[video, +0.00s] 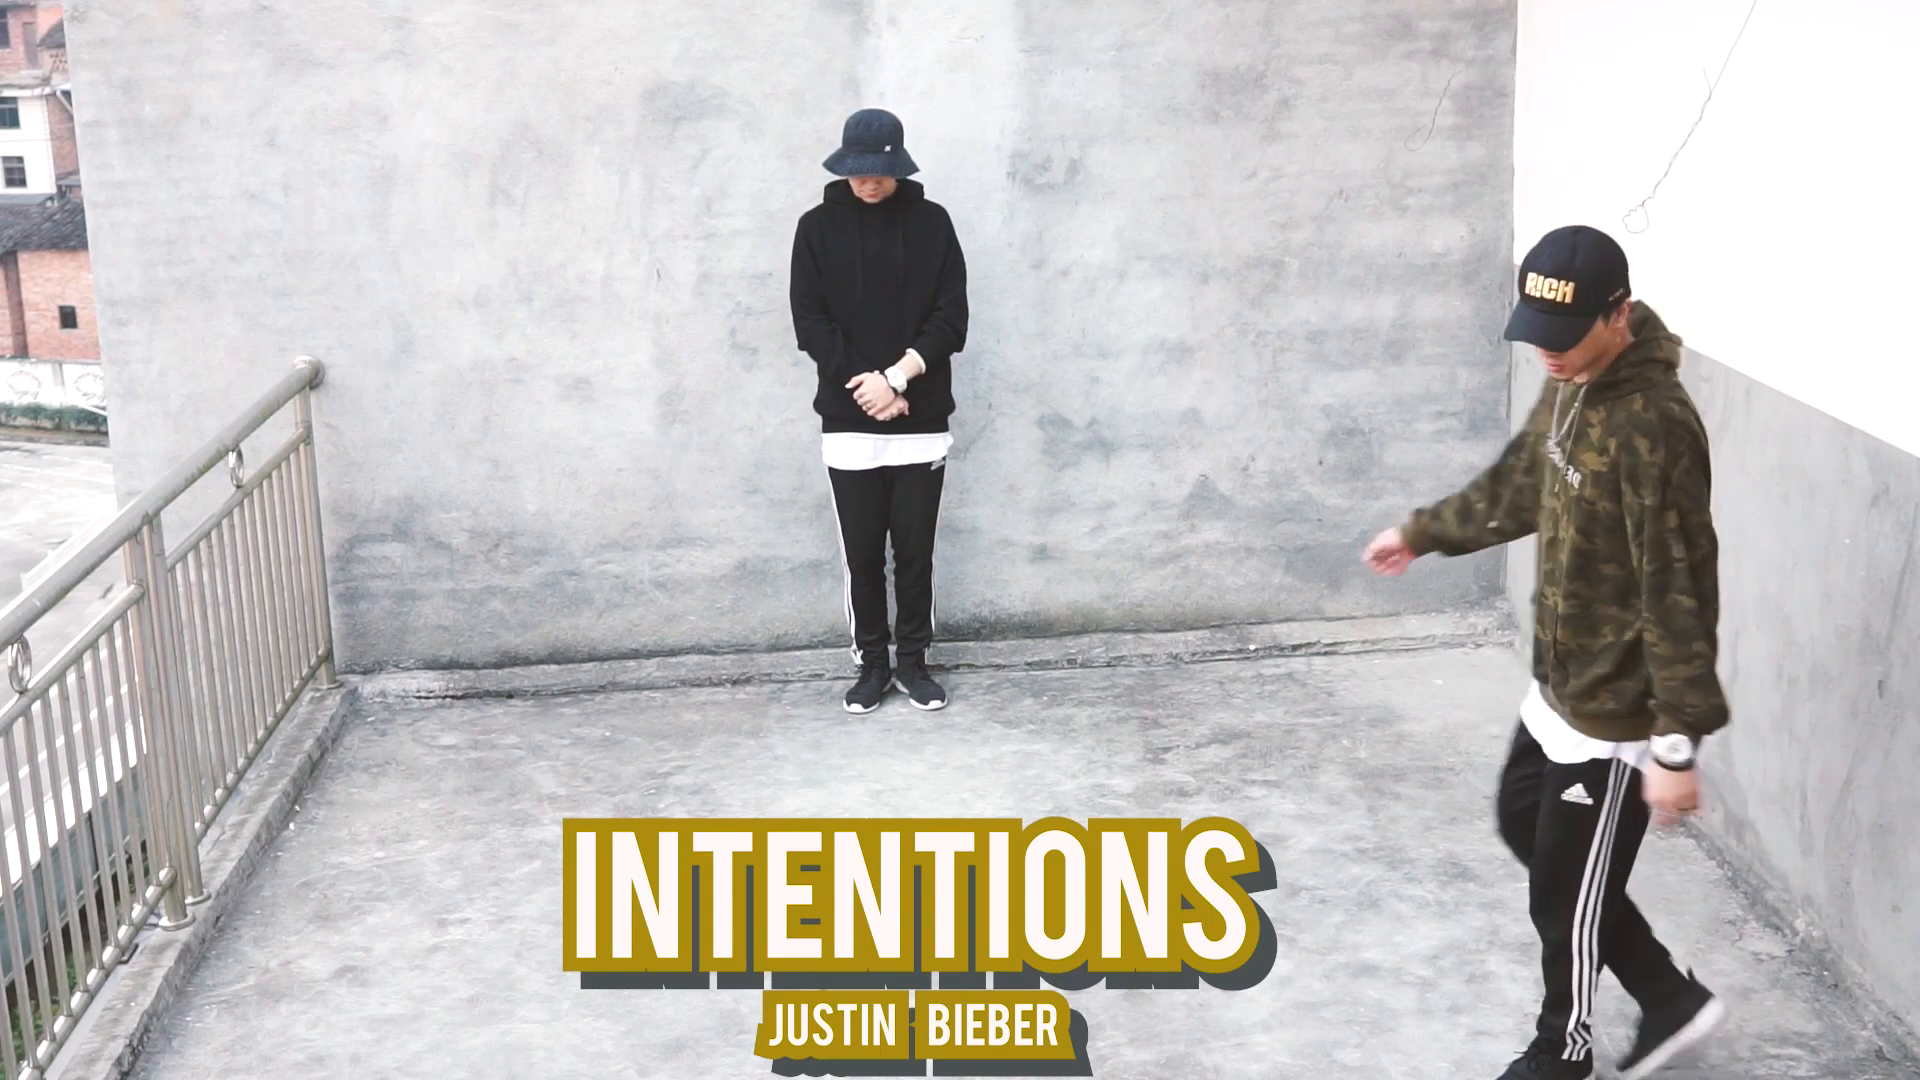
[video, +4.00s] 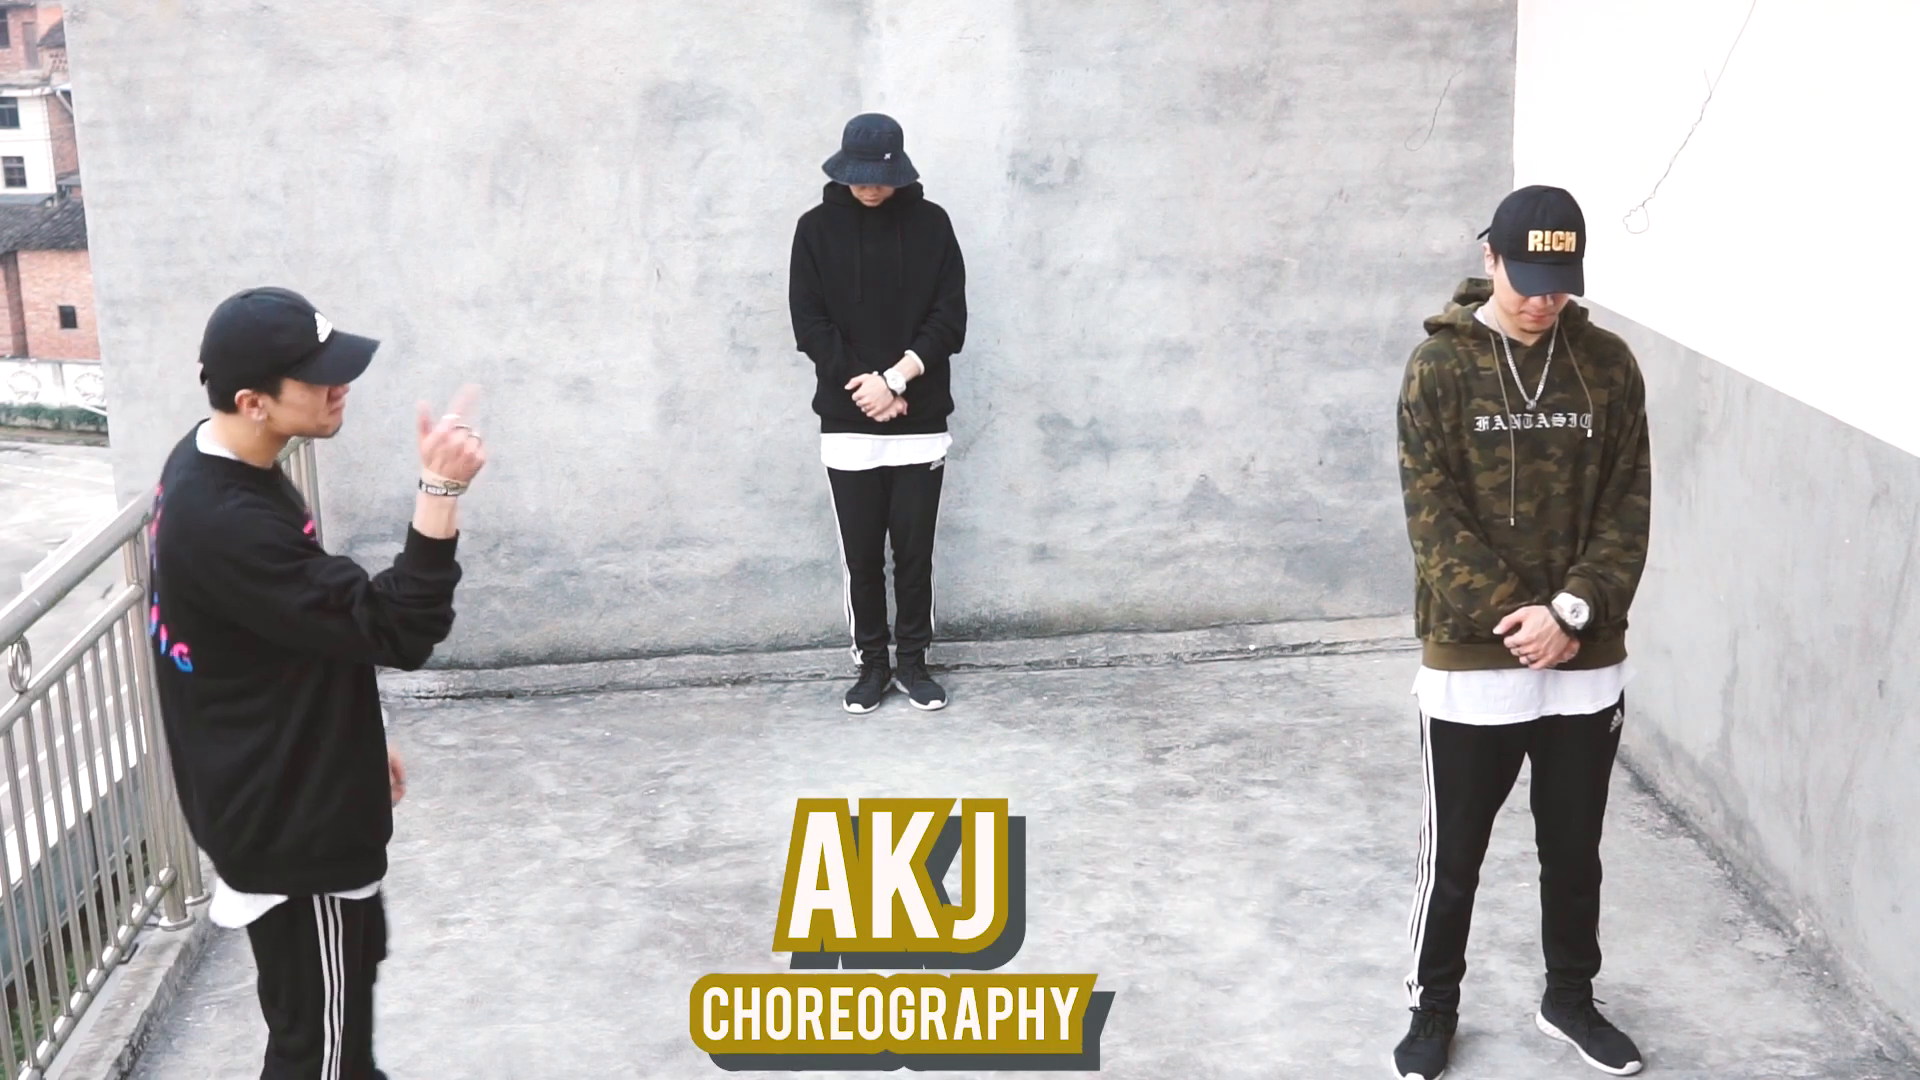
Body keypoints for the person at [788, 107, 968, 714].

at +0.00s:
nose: (869, 182)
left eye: (880, 171)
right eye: (859, 171)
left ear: (900, 168)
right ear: (844, 168)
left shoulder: (931, 221)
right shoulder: (818, 226)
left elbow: (952, 318)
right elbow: (810, 323)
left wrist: (897, 373)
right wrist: (866, 386)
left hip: (921, 415)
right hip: (847, 417)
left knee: (914, 550)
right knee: (863, 553)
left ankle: (913, 664)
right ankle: (873, 667)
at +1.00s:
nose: (867, 183)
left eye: (878, 173)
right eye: (856, 172)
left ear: (897, 168)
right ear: (841, 169)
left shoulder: (929, 221)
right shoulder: (815, 226)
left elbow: (949, 318)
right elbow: (807, 323)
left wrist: (895, 373)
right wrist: (863, 386)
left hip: (920, 413)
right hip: (845, 416)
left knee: (913, 547)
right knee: (861, 551)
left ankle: (912, 663)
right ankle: (872, 666)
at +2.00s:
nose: (864, 185)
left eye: (876, 174)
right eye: (854, 174)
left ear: (896, 170)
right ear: (839, 170)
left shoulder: (927, 221)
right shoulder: (813, 227)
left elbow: (947, 318)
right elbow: (806, 323)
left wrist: (894, 373)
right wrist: (862, 387)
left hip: (919, 413)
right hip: (845, 416)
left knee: (913, 549)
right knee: (861, 552)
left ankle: (913, 663)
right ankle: (872, 666)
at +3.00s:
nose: (866, 190)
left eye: (878, 179)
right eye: (856, 179)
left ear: (896, 173)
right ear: (840, 173)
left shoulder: (927, 221)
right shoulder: (814, 228)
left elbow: (947, 317)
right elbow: (807, 325)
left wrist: (894, 374)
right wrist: (862, 386)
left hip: (919, 414)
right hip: (844, 418)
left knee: (913, 549)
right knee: (861, 552)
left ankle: (913, 664)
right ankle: (872, 666)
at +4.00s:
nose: (871, 189)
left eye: (882, 179)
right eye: (860, 178)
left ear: (900, 172)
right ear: (843, 173)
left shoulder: (930, 222)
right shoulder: (817, 228)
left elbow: (950, 318)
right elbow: (808, 324)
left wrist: (896, 374)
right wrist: (865, 387)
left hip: (921, 416)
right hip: (846, 419)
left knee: (914, 550)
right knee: (862, 554)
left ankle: (913, 663)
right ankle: (872, 666)